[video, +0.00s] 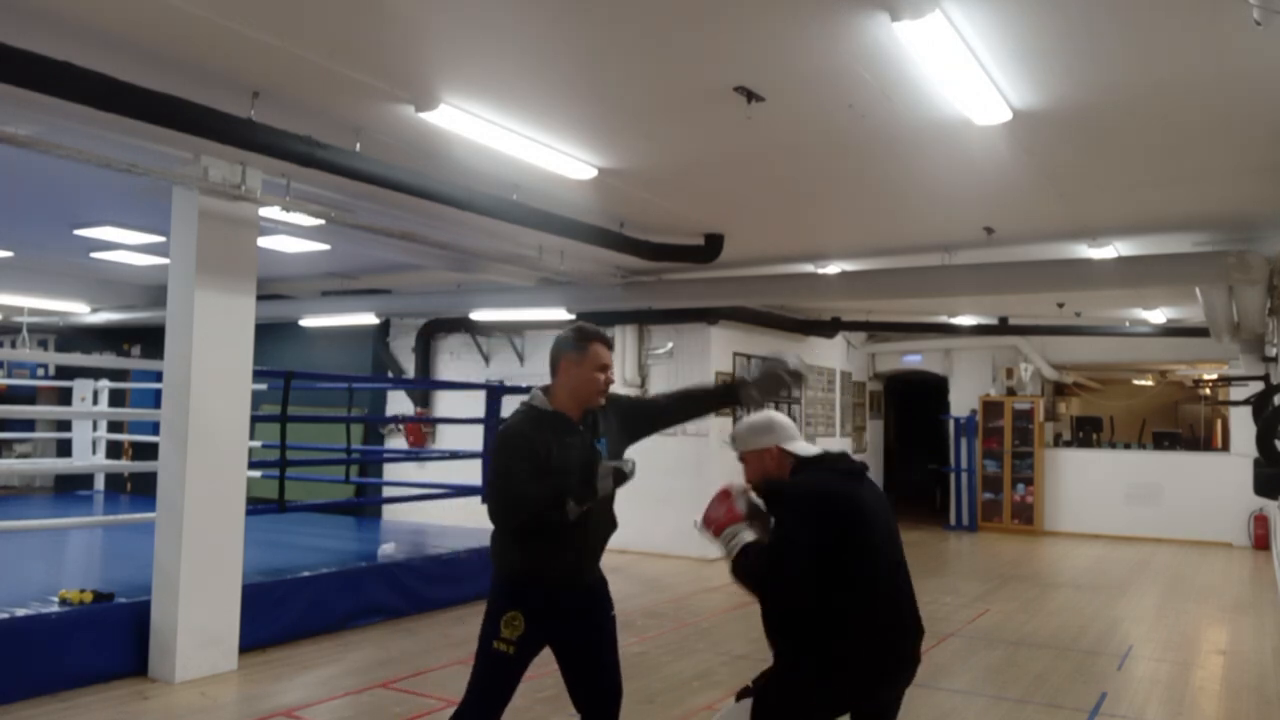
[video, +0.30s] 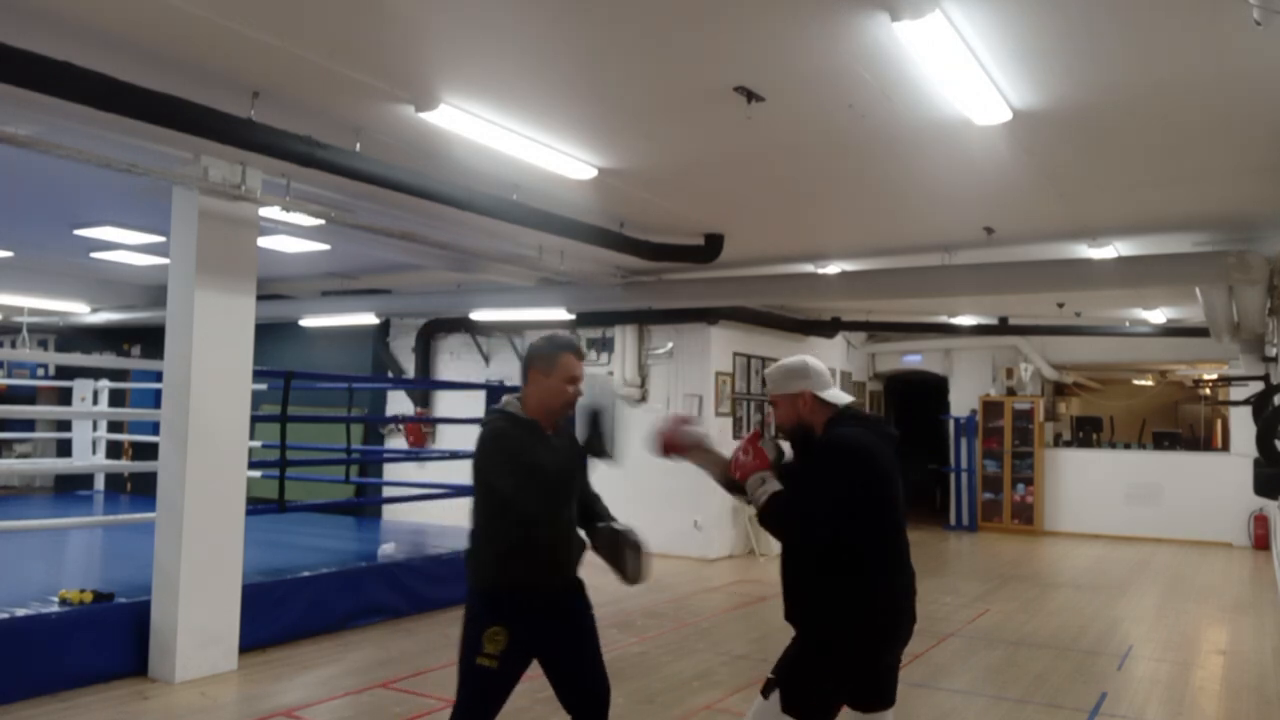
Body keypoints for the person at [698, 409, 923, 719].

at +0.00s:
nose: (747, 478)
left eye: (746, 462)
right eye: (742, 463)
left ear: (773, 455)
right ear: (777, 453)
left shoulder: (797, 497)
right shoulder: (848, 479)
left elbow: (779, 586)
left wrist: (732, 535)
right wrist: (761, 522)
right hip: (894, 647)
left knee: (743, 710)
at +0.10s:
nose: (764, 462)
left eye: (765, 448)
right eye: (761, 449)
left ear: (790, 445)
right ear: (797, 443)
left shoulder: (801, 489)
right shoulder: (868, 476)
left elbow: (754, 571)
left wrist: (720, 522)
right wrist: (760, 515)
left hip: (832, 655)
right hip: (892, 646)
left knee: (746, 709)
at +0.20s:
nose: (764, 428)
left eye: (768, 416)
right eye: (763, 418)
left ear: (796, 413)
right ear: (802, 411)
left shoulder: (818, 457)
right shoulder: (859, 442)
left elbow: (783, 542)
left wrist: (746, 480)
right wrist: (757, 477)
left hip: (840, 628)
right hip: (884, 618)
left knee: (759, 710)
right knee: (867, 709)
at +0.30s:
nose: (774, 418)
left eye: (776, 405)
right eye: (772, 407)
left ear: (804, 400)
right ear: (806, 400)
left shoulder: (841, 447)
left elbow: (804, 530)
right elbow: (770, 489)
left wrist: (760, 482)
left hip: (843, 623)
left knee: (771, 712)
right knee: (874, 711)